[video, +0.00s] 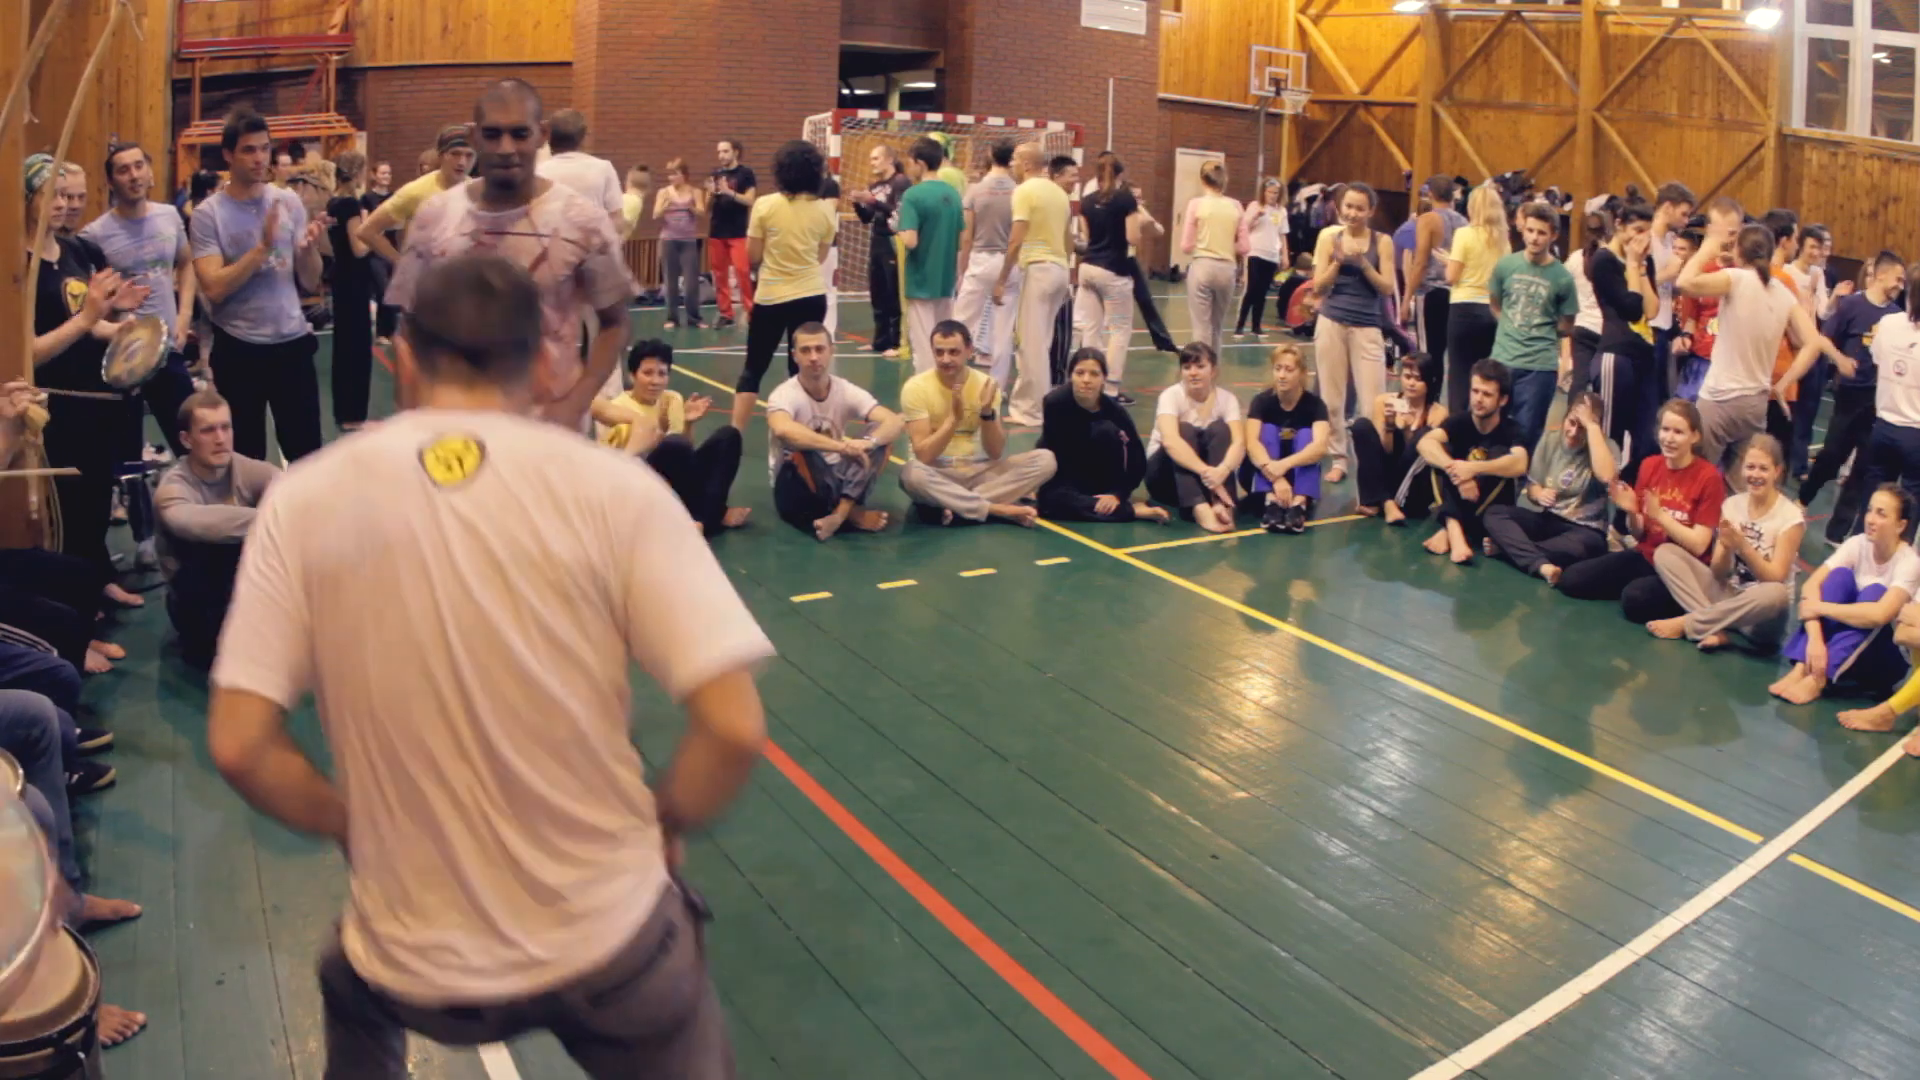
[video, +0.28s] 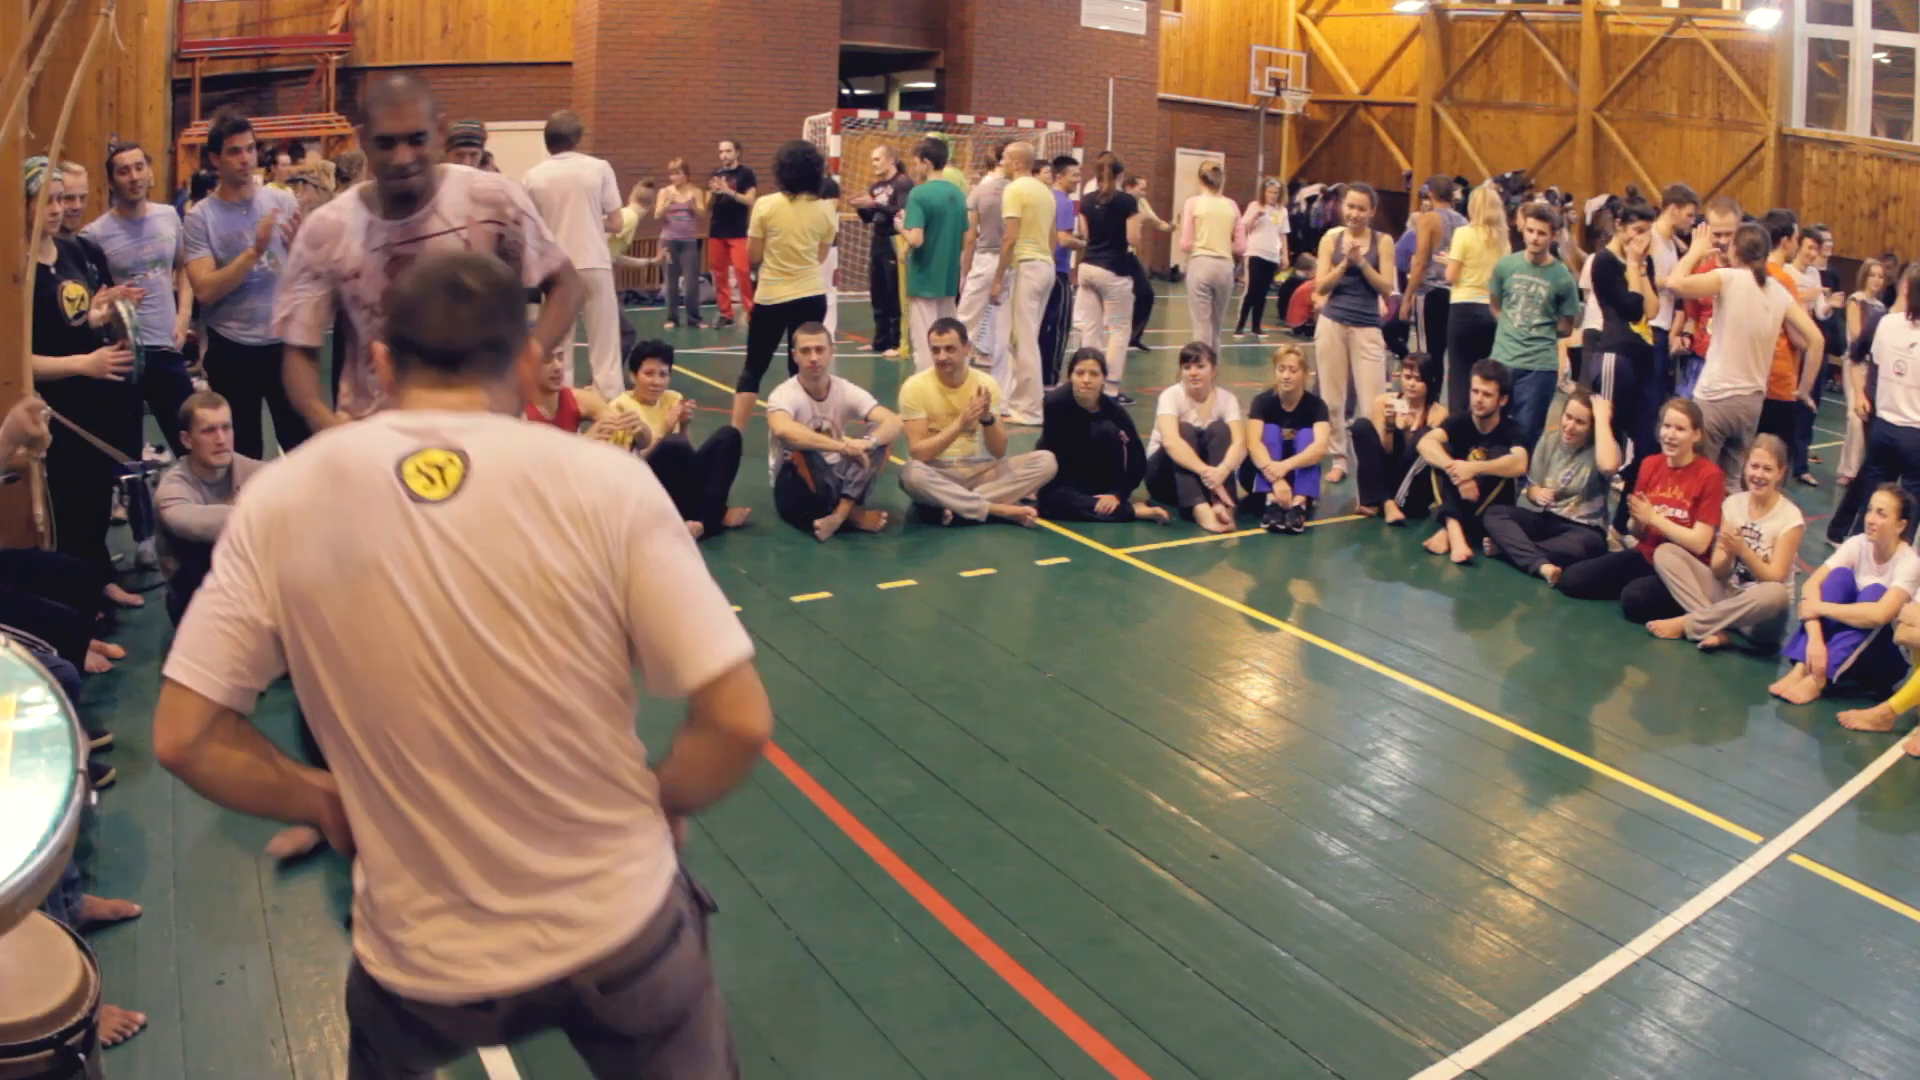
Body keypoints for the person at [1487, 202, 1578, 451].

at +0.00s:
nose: (1534, 238)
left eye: (1542, 233)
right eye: (1530, 231)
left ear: (1553, 237)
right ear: (1523, 231)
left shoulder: (1563, 278)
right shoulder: (1504, 265)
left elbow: (1566, 325)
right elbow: (1495, 307)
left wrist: (1538, 331)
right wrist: (1516, 328)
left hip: (1540, 362)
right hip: (1503, 356)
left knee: (1525, 433)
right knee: (1491, 427)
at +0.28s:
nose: (1534, 238)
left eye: (1541, 233)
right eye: (1530, 231)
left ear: (1553, 236)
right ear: (1523, 231)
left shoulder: (1563, 278)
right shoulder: (1504, 265)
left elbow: (1566, 326)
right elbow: (1495, 306)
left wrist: (1536, 331)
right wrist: (1515, 328)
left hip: (1539, 363)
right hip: (1502, 356)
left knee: (1525, 432)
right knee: (1491, 426)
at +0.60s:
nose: (1534, 239)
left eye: (1541, 234)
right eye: (1530, 232)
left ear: (1552, 237)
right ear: (1523, 231)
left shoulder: (1563, 279)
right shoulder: (1504, 265)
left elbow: (1565, 328)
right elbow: (1494, 307)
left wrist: (1535, 331)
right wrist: (1515, 327)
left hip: (1538, 363)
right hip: (1501, 357)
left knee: (1525, 433)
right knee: (1490, 428)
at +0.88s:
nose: (1534, 238)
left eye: (1541, 233)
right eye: (1530, 231)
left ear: (1553, 237)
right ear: (1523, 231)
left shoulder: (1563, 279)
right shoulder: (1503, 265)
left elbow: (1564, 328)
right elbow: (1494, 306)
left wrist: (1534, 331)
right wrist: (1513, 327)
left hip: (1538, 363)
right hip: (1501, 357)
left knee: (1525, 433)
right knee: (1491, 428)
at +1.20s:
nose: (1532, 239)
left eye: (1539, 234)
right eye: (1528, 232)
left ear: (1552, 237)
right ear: (1522, 232)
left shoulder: (1562, 279)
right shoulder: (1503, 265)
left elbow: (1564, 327)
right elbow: (1493, 307)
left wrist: (1535, 332)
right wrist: (1513, 328)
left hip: (1539, 362)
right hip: (1501, 355)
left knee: (1525, 432)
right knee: (1489, 426)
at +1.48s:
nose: (1532, 238)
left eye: (1539, 233)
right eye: (1528, 230)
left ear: (1552, 236)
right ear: (1521, 230)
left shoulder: (1562, 279)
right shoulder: (1502, 265)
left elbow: (1565, 326)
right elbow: (1495, 306)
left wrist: (1536, 332)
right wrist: (1515, 327)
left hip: (1538, 362)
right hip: (1501, 356)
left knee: (1524, 433)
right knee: (1490, 427)